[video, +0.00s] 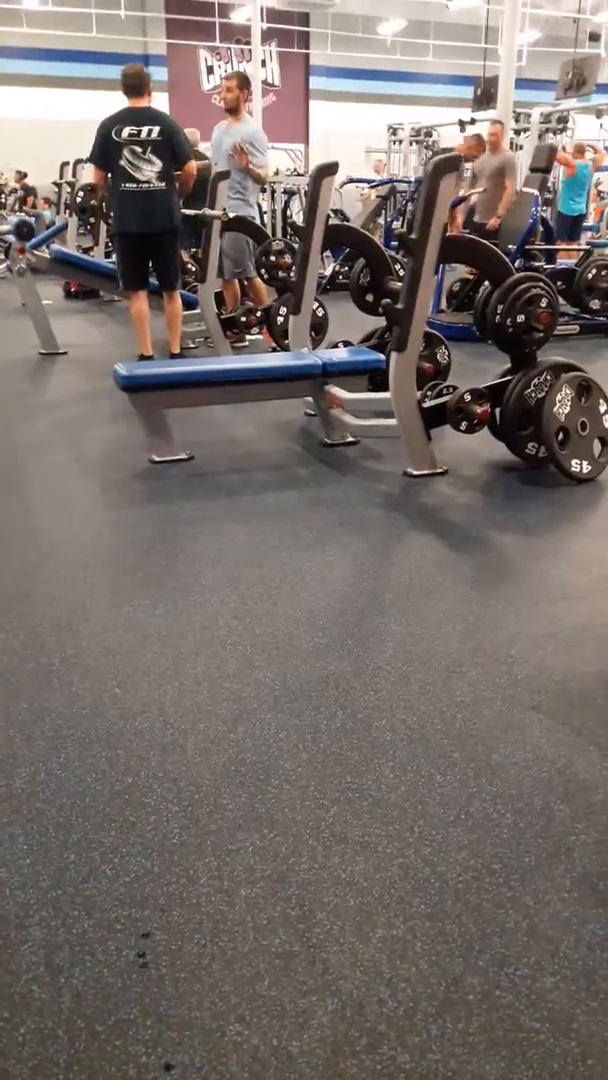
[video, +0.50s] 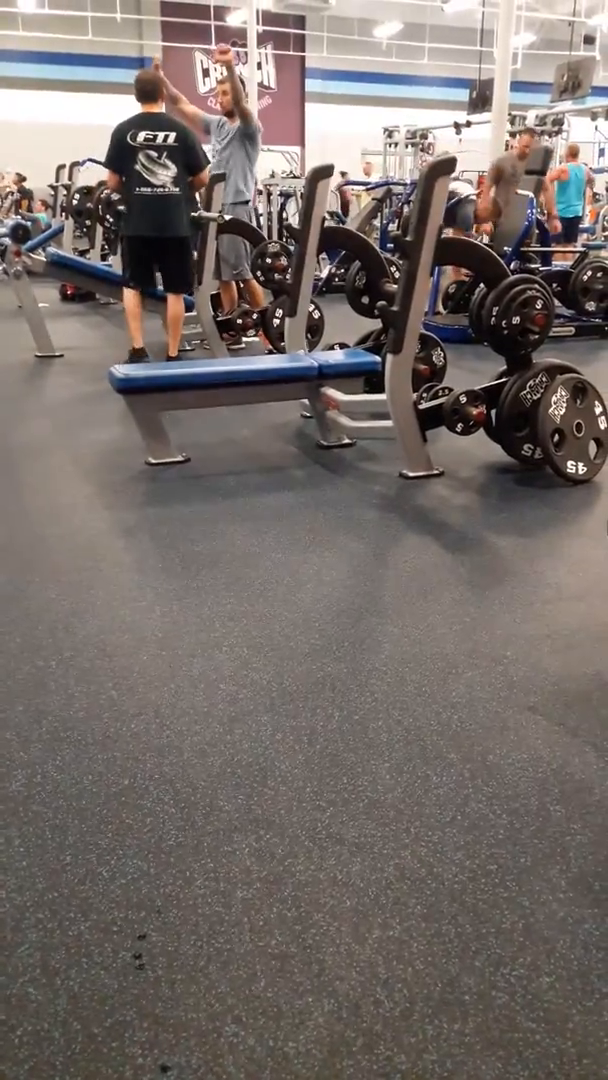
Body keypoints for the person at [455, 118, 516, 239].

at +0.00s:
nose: (491, 139)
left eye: (495, 135)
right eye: (490, 134)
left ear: (502, 136)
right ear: (486, 135)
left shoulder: (507, 158)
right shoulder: (480, 158)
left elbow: (510, 189)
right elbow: (469, 187)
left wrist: (498, 216)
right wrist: (460, 213)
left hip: (493, 218)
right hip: (474, 216)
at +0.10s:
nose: (498, 142)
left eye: (502, 139)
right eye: (496, 138)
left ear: (509, 140)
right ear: (492, 137)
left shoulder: (514, 161)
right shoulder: (484, 157)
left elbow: (516, 192)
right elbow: (473, 187)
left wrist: (502, 218)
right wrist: (462, 214)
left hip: (500, 221)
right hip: (481, 218)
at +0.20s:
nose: (506, 147)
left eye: (510, 143)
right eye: (504, 143)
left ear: (515, 143)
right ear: (499, 140)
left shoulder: (521, 165)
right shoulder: (487, 161)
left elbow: (526, 192)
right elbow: (474, 190)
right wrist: (466, 216)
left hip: (511, 220)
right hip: (487, 216)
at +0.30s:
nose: (515, 149)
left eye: (518, 146)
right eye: (512, 145)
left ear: (522, 144)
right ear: (505, 142)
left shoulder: (524, 164)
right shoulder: (492, 162)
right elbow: (476, 190)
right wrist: (473, 216)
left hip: (514, 221)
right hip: (492, 219)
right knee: (481, 257)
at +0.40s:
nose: (520, 149)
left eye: (523, 146)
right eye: (517, 145)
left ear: (527, 145)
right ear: (509, 142)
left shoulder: (530, 164)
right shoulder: (494, 162)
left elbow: (539, 193)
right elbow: (480, 191)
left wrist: (545, 218)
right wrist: (477, 218)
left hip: (519, 219)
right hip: (495, 217)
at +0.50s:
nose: (528, 151)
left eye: (531, 147)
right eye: (525, 146)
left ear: (535, 147)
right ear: (517, 143)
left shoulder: (536, 163)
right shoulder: (501, 162)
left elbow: (546, 189)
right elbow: (486, 191)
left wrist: (552, 216)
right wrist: (485, 219)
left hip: (528, 217)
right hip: (503, 217)